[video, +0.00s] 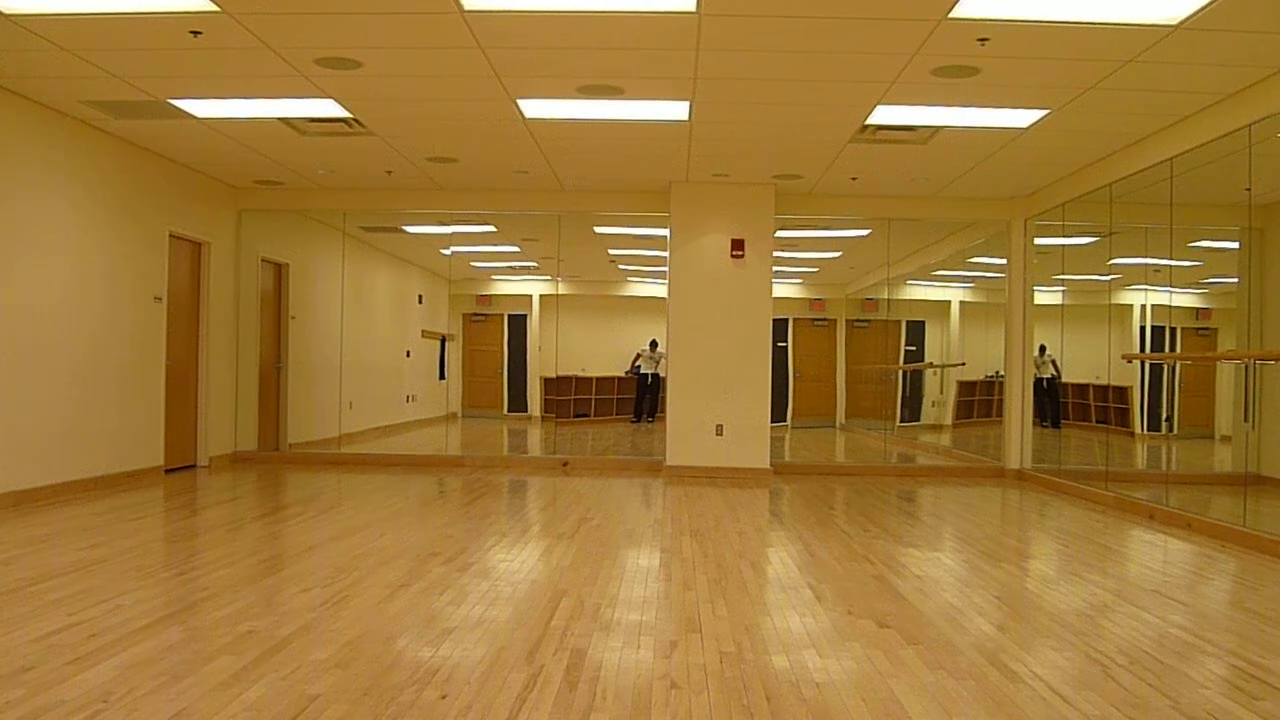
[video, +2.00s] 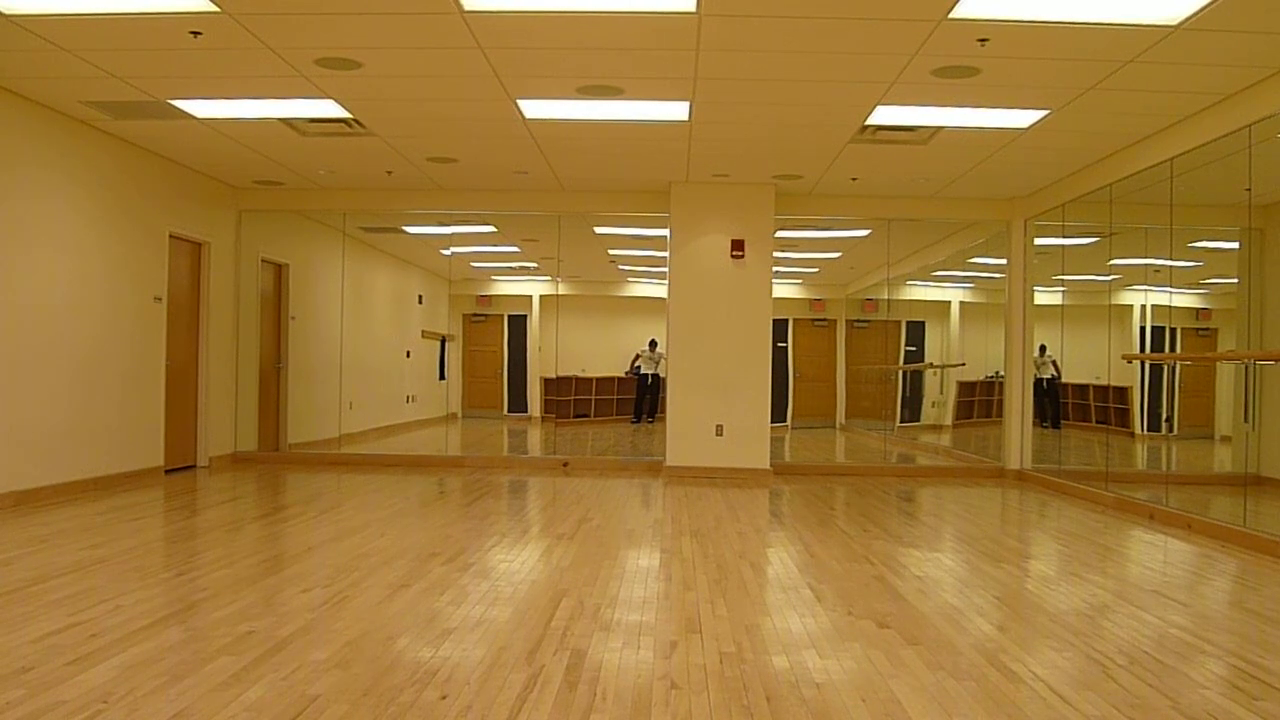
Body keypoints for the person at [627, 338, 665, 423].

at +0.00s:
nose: (652, 351)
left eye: (654, 349)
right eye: (651, 349)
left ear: (657, 348)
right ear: (649, 347)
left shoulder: (660, 354)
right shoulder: (643, 351)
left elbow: (669, 361)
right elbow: (635, 360)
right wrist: (631, 369)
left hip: (654, 373)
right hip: (643, 373)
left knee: (654, 396)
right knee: (640, 395)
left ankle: (651, 416)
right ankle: (637, 416)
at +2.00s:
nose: (652, 350)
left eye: (654, 348)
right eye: (651, 348)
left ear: (656, 348)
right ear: (648, 346)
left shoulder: (660, 354)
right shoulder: (642, 352)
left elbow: (668, 361)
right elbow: (634, 360)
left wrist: (667, 373)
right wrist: (631, 369)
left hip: (654, 374)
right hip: (643, 374)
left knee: (654, 396)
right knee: (640, 395)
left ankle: (651, 416)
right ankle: (637, 416)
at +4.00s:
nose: (652, 349)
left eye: (653, 347)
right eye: (650, 347)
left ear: (656, 347)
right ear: (648, 346)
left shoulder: (660, 354)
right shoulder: (642, 352)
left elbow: (668, 361)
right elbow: (634, 360)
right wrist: (630, 369)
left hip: (654, 373)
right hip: (643, 373)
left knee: (654, 396)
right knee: (640, 395)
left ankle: (651, 416)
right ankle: (637, 416)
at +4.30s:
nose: (651, 349)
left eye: (653, 347)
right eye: (650, 347)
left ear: (655, 346)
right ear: (647, 346)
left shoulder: (659, 354)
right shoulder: (642, 352)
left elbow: (668, 361)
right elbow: (634, 360)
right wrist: (630, 369)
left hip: (654, 374)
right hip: (643, 373)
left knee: (654, 396)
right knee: (640, 395)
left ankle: (651, 416)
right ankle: (637, 416)